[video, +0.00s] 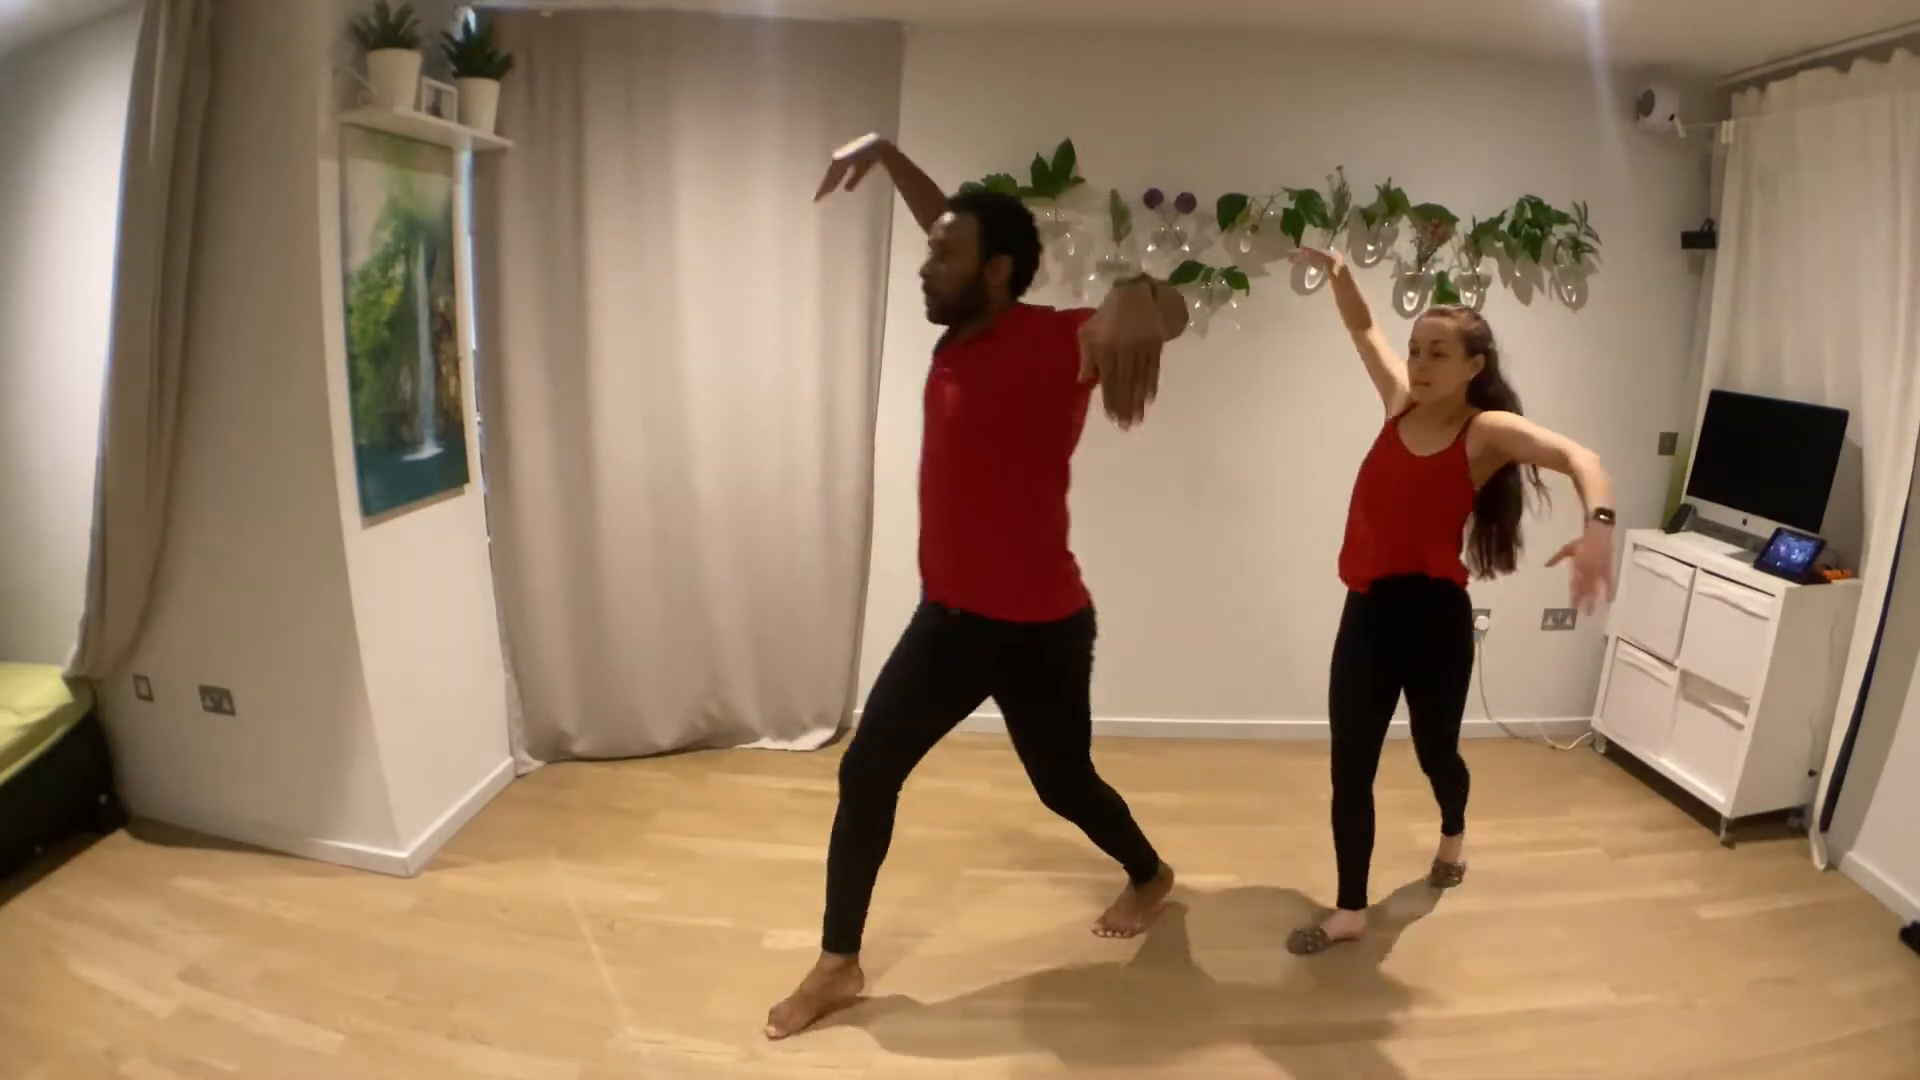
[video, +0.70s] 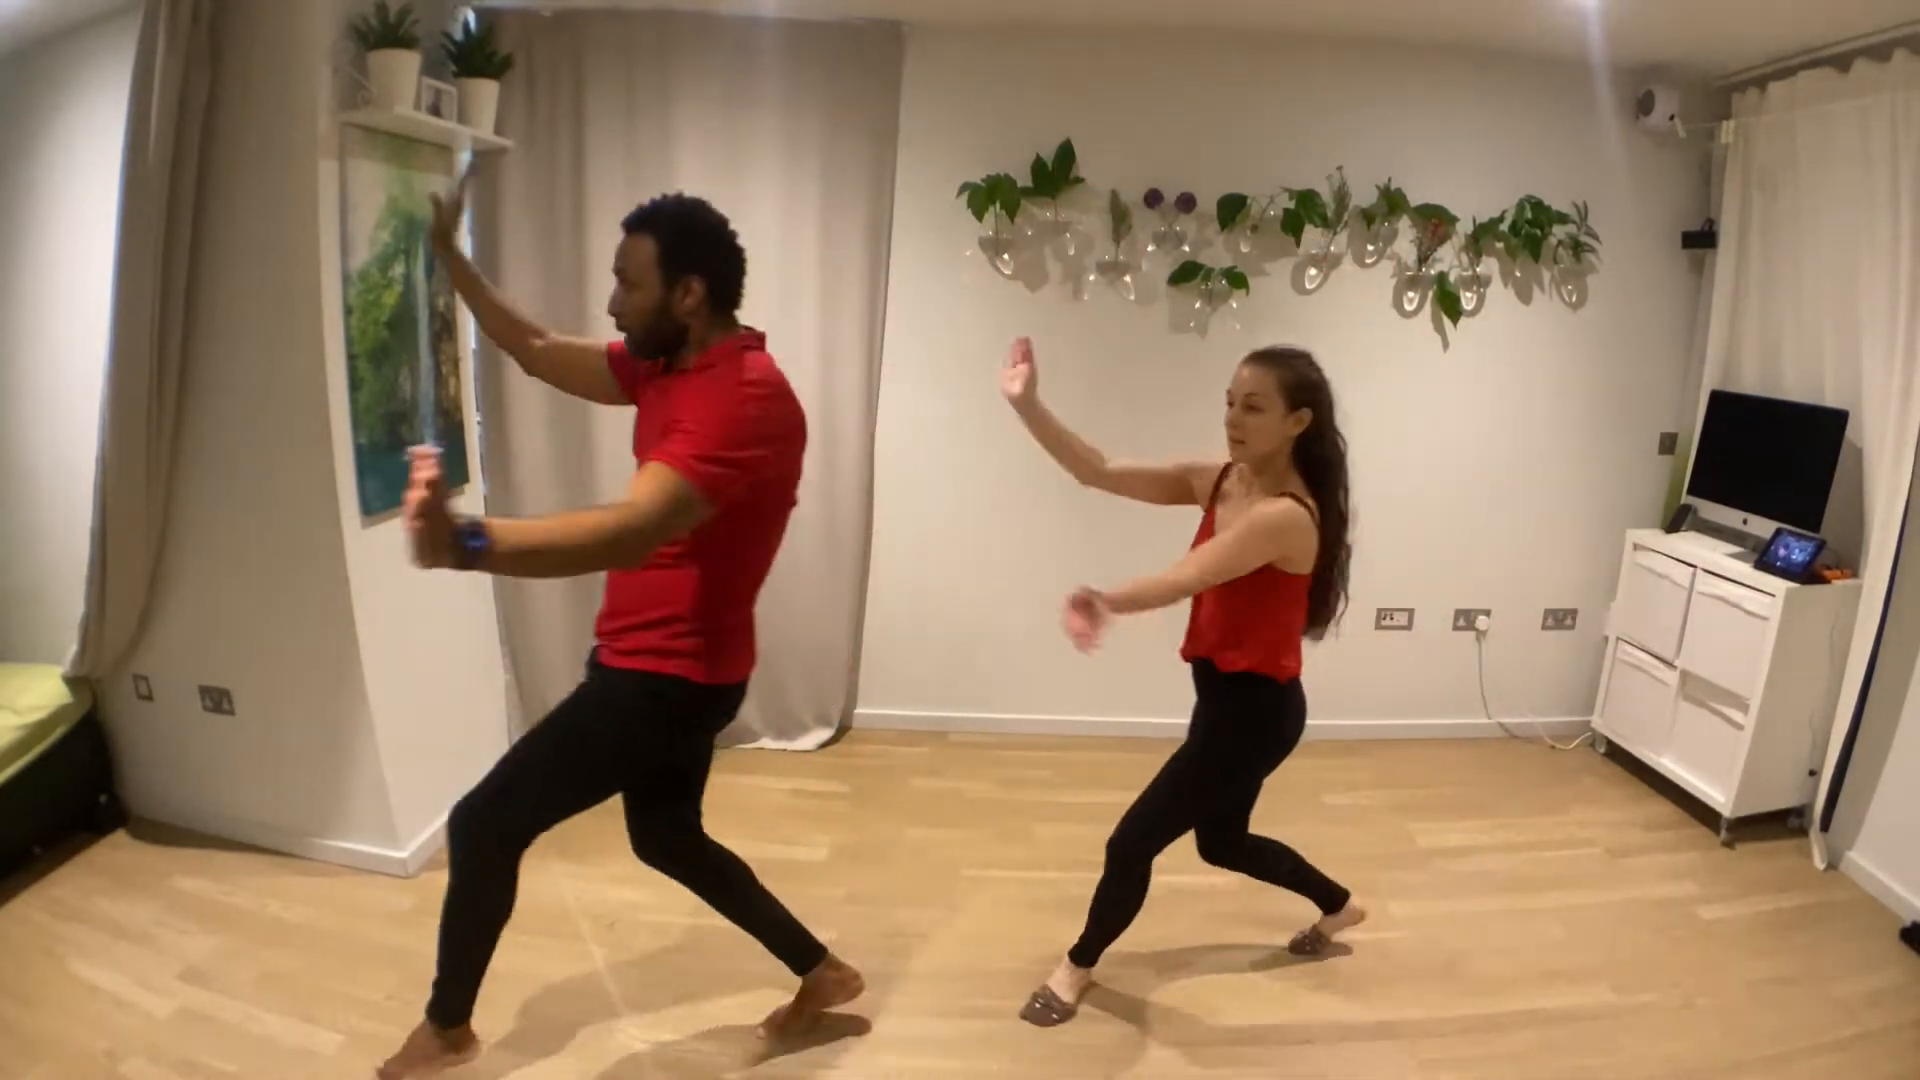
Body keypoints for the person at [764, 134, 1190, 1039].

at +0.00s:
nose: (927, 262)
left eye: (945, 249)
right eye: (931, 245)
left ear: (999, 270)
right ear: (976, 265)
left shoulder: (1056, 336)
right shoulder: (962, 329)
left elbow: (1156, 315)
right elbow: (949, 228)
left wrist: (1138, 313)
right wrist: (886, 149)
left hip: (1039, 626)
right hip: (952, 617)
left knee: (1064, 783)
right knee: (868, 769)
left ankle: (1152, 876)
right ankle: (838, 959)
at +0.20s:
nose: (826, 258)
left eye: (844, 243)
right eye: (832, 240)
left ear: (899, 265)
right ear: (887, 266)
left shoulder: (951, 361)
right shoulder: (868, 344)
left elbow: (1084, 380)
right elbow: (892, 256)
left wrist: (1108, 249)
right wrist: (889, 166)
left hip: (928, 636)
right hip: (845, 632)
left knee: (953, 829)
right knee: (787, 801)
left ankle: (1101, 878)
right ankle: (840, 979)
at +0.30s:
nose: (776, 258)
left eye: (794, 243)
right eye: (782, 239)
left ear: (853, 264)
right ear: (842, 263)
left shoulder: (896, 366)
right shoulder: (816, 348)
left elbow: (1008, 444)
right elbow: (784, 318)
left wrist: (1060, 295)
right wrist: (854, 197)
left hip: (879, 641)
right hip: (809, 633)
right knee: (766, 809)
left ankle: (972, 930)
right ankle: (839, 976)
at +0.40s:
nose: (733, 272)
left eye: (749, 254)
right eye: (734, 252)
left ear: (810, 267)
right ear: (806, 268)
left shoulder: (860, 373)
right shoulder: (772, 360)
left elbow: (920, 499)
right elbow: (710, 348)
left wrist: (962, 379)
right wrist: (743, 255)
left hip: (837, 654)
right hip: (783, 646)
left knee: (683, 829)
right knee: (753, 814)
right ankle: (837, 978)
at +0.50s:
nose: (690, 279)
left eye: (705, 262)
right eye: (692, 262)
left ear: (767, 274)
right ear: (752, 275)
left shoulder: (830, 375)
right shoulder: (727, 364)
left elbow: (830, 538)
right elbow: (641, 366)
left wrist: (807, 460)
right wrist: (638, 249)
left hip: (796, 668)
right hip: (737, 655)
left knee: (606, 811)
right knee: (724, 832)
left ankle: (546, 1013)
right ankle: (837, 981)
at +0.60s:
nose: (647, 288)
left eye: (665, 271)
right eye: (653, 269)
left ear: (726, 287)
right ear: (719, 287)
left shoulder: (791, 395)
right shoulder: (702, 369)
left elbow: (735, 530)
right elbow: (585, 367)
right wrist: (536, 254)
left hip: (737, 669)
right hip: (697, 655)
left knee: (541, 815)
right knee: (691, 839)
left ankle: (463, 1007)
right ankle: (832, 979)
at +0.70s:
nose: (613, 300)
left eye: (628, 283)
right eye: (616, 281)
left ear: (692, 295)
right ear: (689, 295)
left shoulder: (745, 402)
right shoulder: (673, 369)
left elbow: (633, 530)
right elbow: (543, 352)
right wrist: (452, 261)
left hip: (666, 676)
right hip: (663, 667)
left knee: (486, 825)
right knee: (667, 841)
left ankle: (446, 1031)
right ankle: (823, 973)